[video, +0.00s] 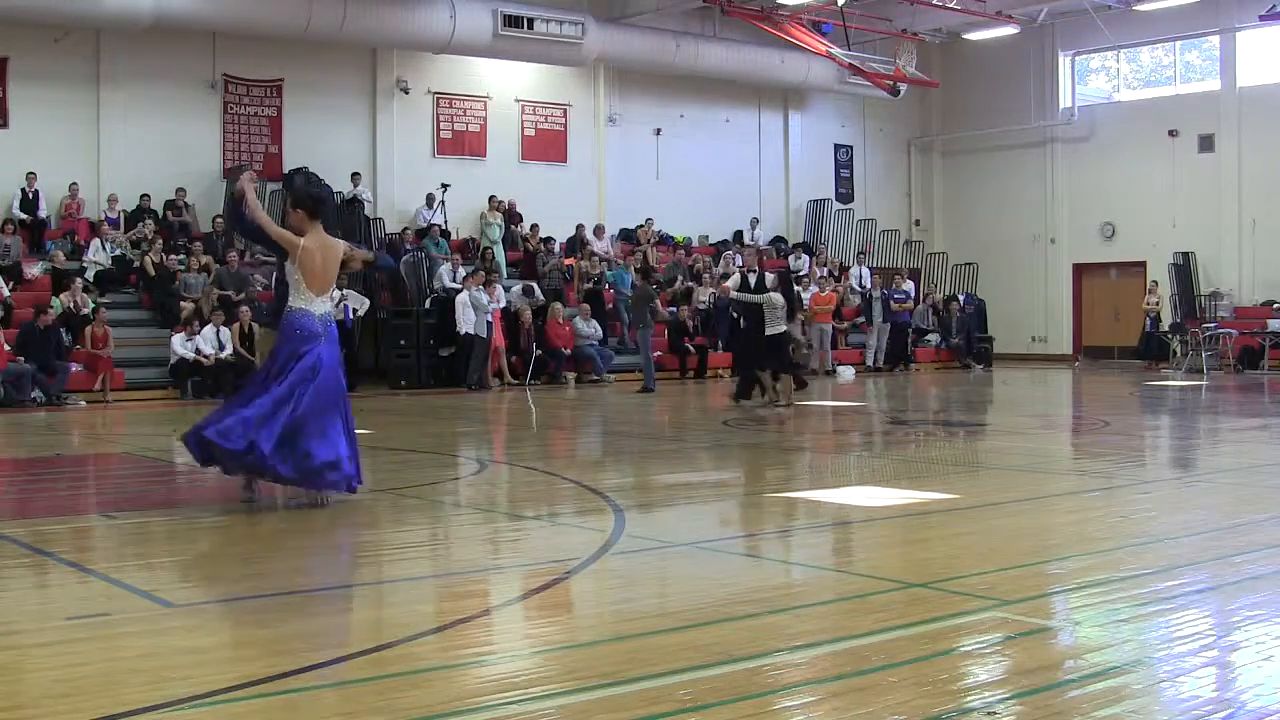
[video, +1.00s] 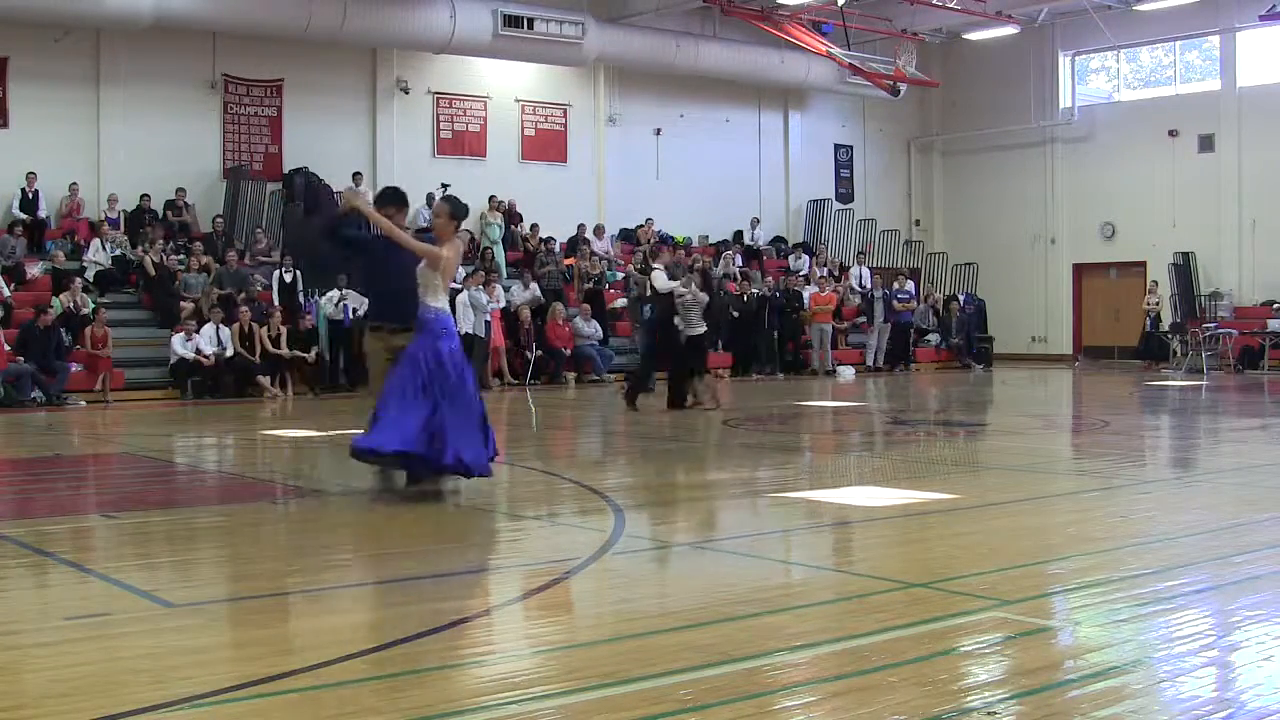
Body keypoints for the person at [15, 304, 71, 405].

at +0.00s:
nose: (52, 318)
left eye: (52, 315)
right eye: (49, 315)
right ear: (41, 316)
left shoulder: (54, 328)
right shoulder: (27, 328)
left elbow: (60, 347)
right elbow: (19, 347)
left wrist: (61, 360)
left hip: (49, 359)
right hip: (33, 360)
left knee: (64, 367)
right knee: (32, 371)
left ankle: (56, 393)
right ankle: (51, 394)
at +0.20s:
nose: (51, 318)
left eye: (51, 315)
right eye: (48, 315)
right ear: (40, 316)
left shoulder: (53, 328)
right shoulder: (27, 328)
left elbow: (60, 347)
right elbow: (19, 347)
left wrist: (61, 360)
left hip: (49, 359)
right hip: (33, 360)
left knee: (64, 367)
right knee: (32, 371)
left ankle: (56, 393)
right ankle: (51, 394)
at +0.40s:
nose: (52, 318)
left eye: (52, 315)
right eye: (49, 315)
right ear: (41, 316)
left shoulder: (54, 328)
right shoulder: (27, 328)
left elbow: (60, 347)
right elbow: (19, 347)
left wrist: (61, 360)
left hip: (49, 359)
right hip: (33, 360)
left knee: (64, 367)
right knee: (33, 371)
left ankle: (55, 393)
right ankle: (51, 394)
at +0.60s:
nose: (52, 318)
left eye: (52, 315)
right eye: (50, 315)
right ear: (41, 316)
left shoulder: (54, 328)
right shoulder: (27, 328)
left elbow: (60, 348)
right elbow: (19, 348)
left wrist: (60, 361)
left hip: (49, 360)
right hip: (33, 360)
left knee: (64, 368)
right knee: (31, 371)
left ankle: (55, 393)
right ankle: (50, 395)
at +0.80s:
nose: (52, 318)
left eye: (52, 315)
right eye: (50, 315)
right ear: (41, 316)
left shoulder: (54, 328)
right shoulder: (27, 328)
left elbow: (60, 348)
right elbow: (19, 348)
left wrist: (60, 360)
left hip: (49, 360)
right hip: (33, 360)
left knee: (64, 368)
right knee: (31, 371)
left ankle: (55, 393)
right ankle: (50, 395)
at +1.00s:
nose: (52, 318)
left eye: (52, 315)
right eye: (49, 315)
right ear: (41, 316)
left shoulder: (54, 328)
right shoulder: (27, 328)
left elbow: (60, 347)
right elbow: (19, 348)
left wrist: (60, 360)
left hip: (49, 359)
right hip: (33, 360)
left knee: (64, 367)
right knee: (31, 371)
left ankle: (55, 393)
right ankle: (51, 394)